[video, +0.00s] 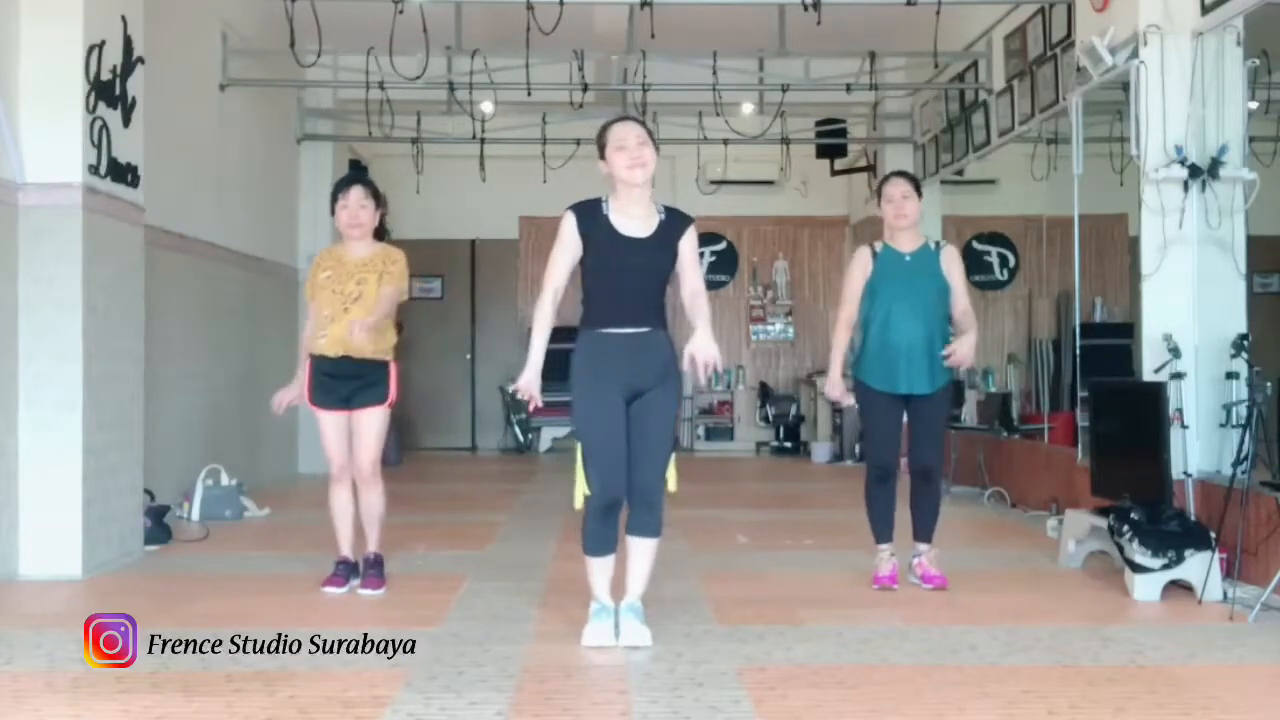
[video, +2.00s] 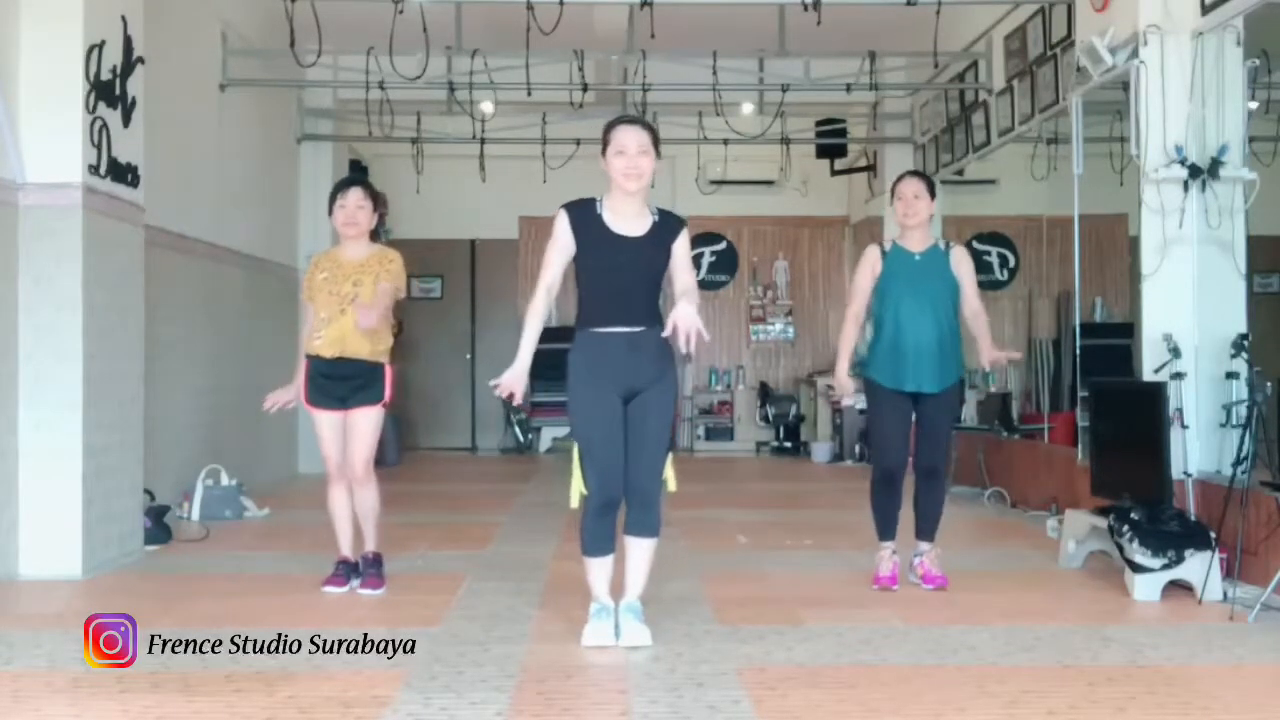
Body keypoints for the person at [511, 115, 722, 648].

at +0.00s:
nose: (636, 154)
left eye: (642, 144)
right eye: (623, 148)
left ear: (657, 154)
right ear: (605, 163)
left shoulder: (679, 226)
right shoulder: (581, 219)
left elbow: (694, 293)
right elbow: (550, 293)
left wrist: (703, 332)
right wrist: (533, 366)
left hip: (657, 364)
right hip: (597, 364)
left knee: (649, 488)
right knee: (606, 489)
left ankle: (633, 605)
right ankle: (601, 606)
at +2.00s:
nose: (631, 161)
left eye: (641, 152)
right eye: (620, 152)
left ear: (656, 162)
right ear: (603, 160)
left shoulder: (671, 227)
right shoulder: (575, 218)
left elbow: (686, 287)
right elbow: (543, 294)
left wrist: (687, 303)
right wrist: (521, 364)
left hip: (654, 363)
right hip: (593, 363)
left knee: (646, 487)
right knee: (603, 489)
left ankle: (632, 605)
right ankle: (600, 605)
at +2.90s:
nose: (610, 163)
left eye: (620, 153)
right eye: (600, 153)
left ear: (638, 162)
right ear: (585, 161)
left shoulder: (665, 220)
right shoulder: (564, 228)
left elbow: (685, 294)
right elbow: (545, 291)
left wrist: (695, 363)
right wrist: (562, 325)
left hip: (643, 368)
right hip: (579, 367)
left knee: (637, 488)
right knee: (586, 487)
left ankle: (629, 605)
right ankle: (598, 605)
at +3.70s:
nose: (619, 161)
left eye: (629, 151)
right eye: (608, 151)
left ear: (643, 159)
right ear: (591, 160)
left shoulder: (667, 218)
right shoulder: (569, 225)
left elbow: (690, 287)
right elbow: (549, 302)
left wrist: (690, 340)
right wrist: (540, 373)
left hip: (650, 361)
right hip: (587, 361)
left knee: (643, 482)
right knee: (596, 483)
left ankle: (632, 604)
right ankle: (599, 604)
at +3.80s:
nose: (622, 161)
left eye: (632, 151)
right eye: (611, 151)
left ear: (647, 159)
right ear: (593, 160)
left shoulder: (669, 220)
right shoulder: (569, 224)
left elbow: (692, 286)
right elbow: (548, 301)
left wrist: (684, 319)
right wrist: (534, 373)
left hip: (653, 364)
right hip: (590, 366)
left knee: (645, 487)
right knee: (598, 487)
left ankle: (632, 604)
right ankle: (599, 605)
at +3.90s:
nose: (623, 164)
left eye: (633, 154)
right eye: (612, 154)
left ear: (648, 162)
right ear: (594, 162)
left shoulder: (671, 223)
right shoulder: (570, 227)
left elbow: (695, 287)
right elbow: (548, 306)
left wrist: (679, 308)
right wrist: (530, 376)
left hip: (654, 365)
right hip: (591, 367)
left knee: (647, 486)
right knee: (600, 489)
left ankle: (633, 605)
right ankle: (600, 605)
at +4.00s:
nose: (624, 168)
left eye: (633, 158)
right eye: (613, 158)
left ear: (648, 167)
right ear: (595, 165)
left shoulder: (672, 228)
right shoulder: (570, 229)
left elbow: (703, 291)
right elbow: (542, 305)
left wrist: (681, 287)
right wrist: (518, 374)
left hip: (655, 367)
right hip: (592, 369)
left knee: (648, 488)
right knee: (599, 491)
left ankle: (633, 605)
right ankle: (599, 602)